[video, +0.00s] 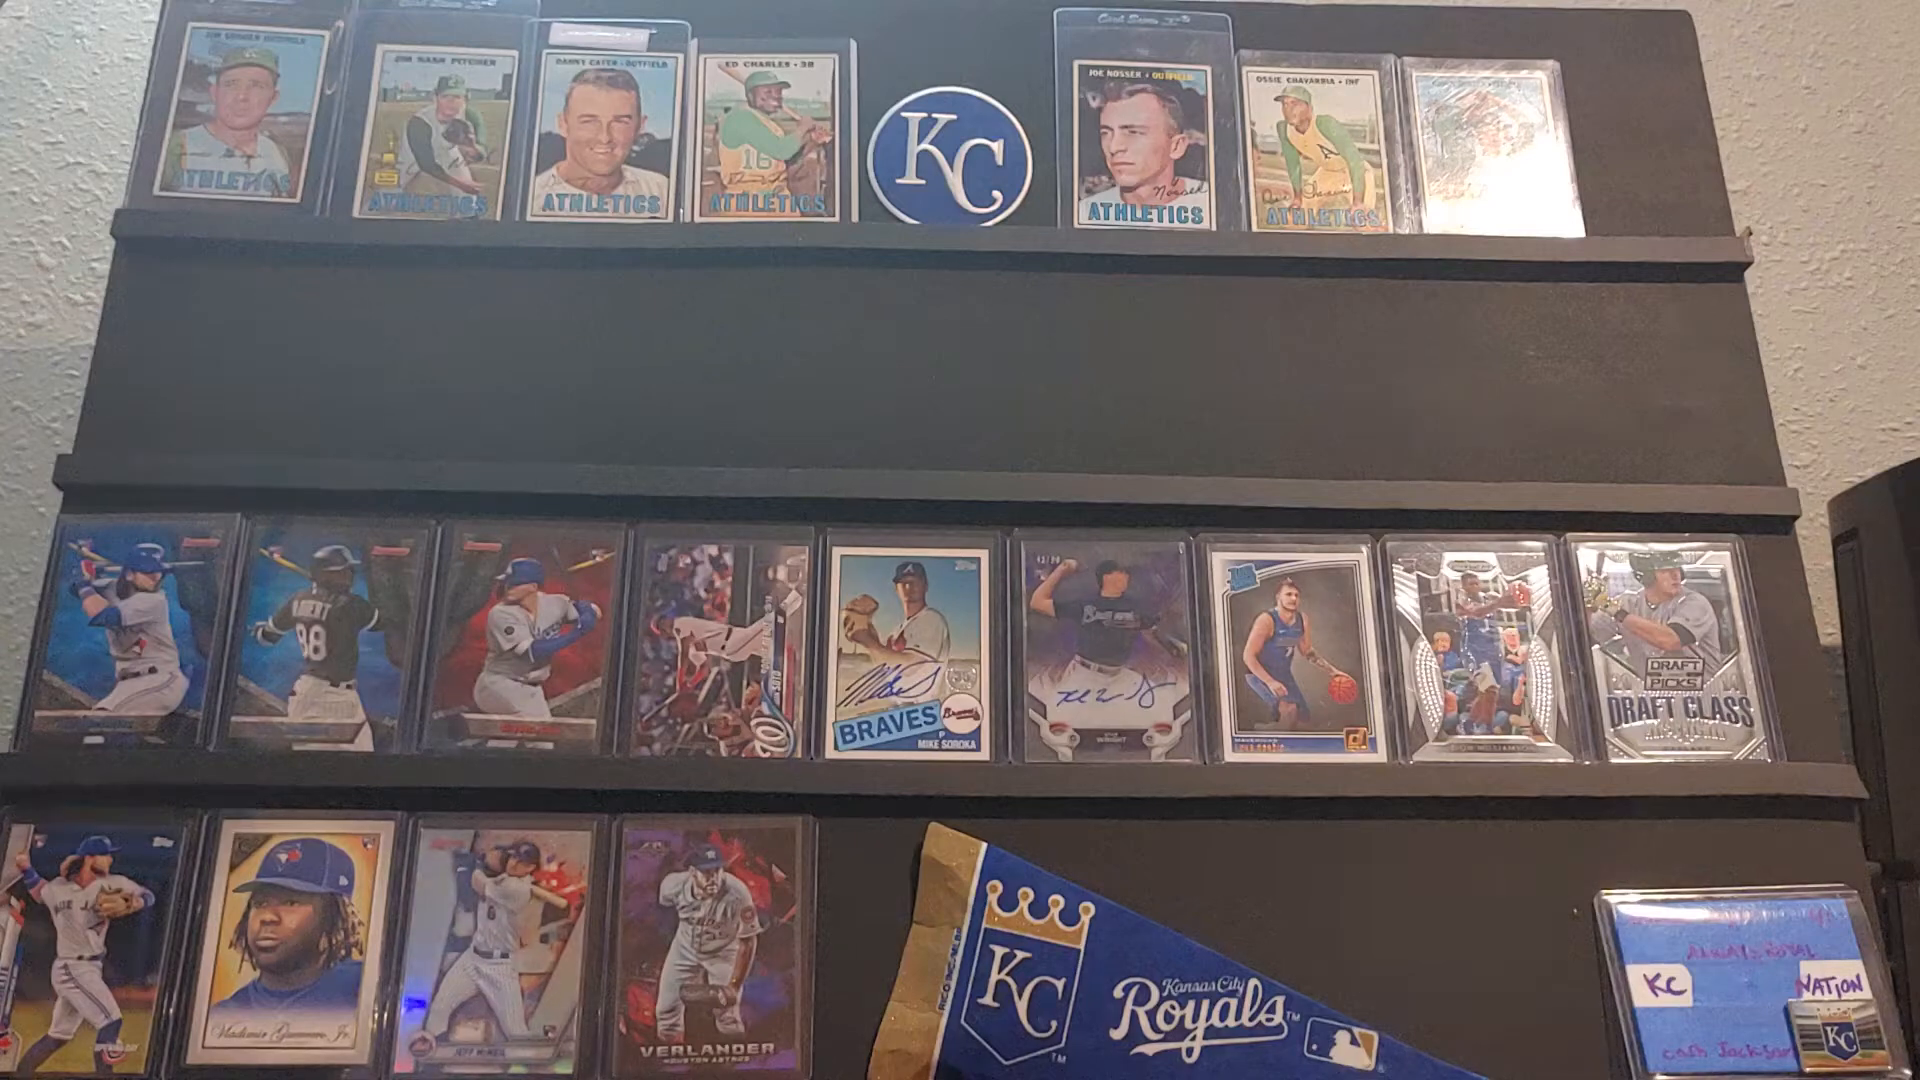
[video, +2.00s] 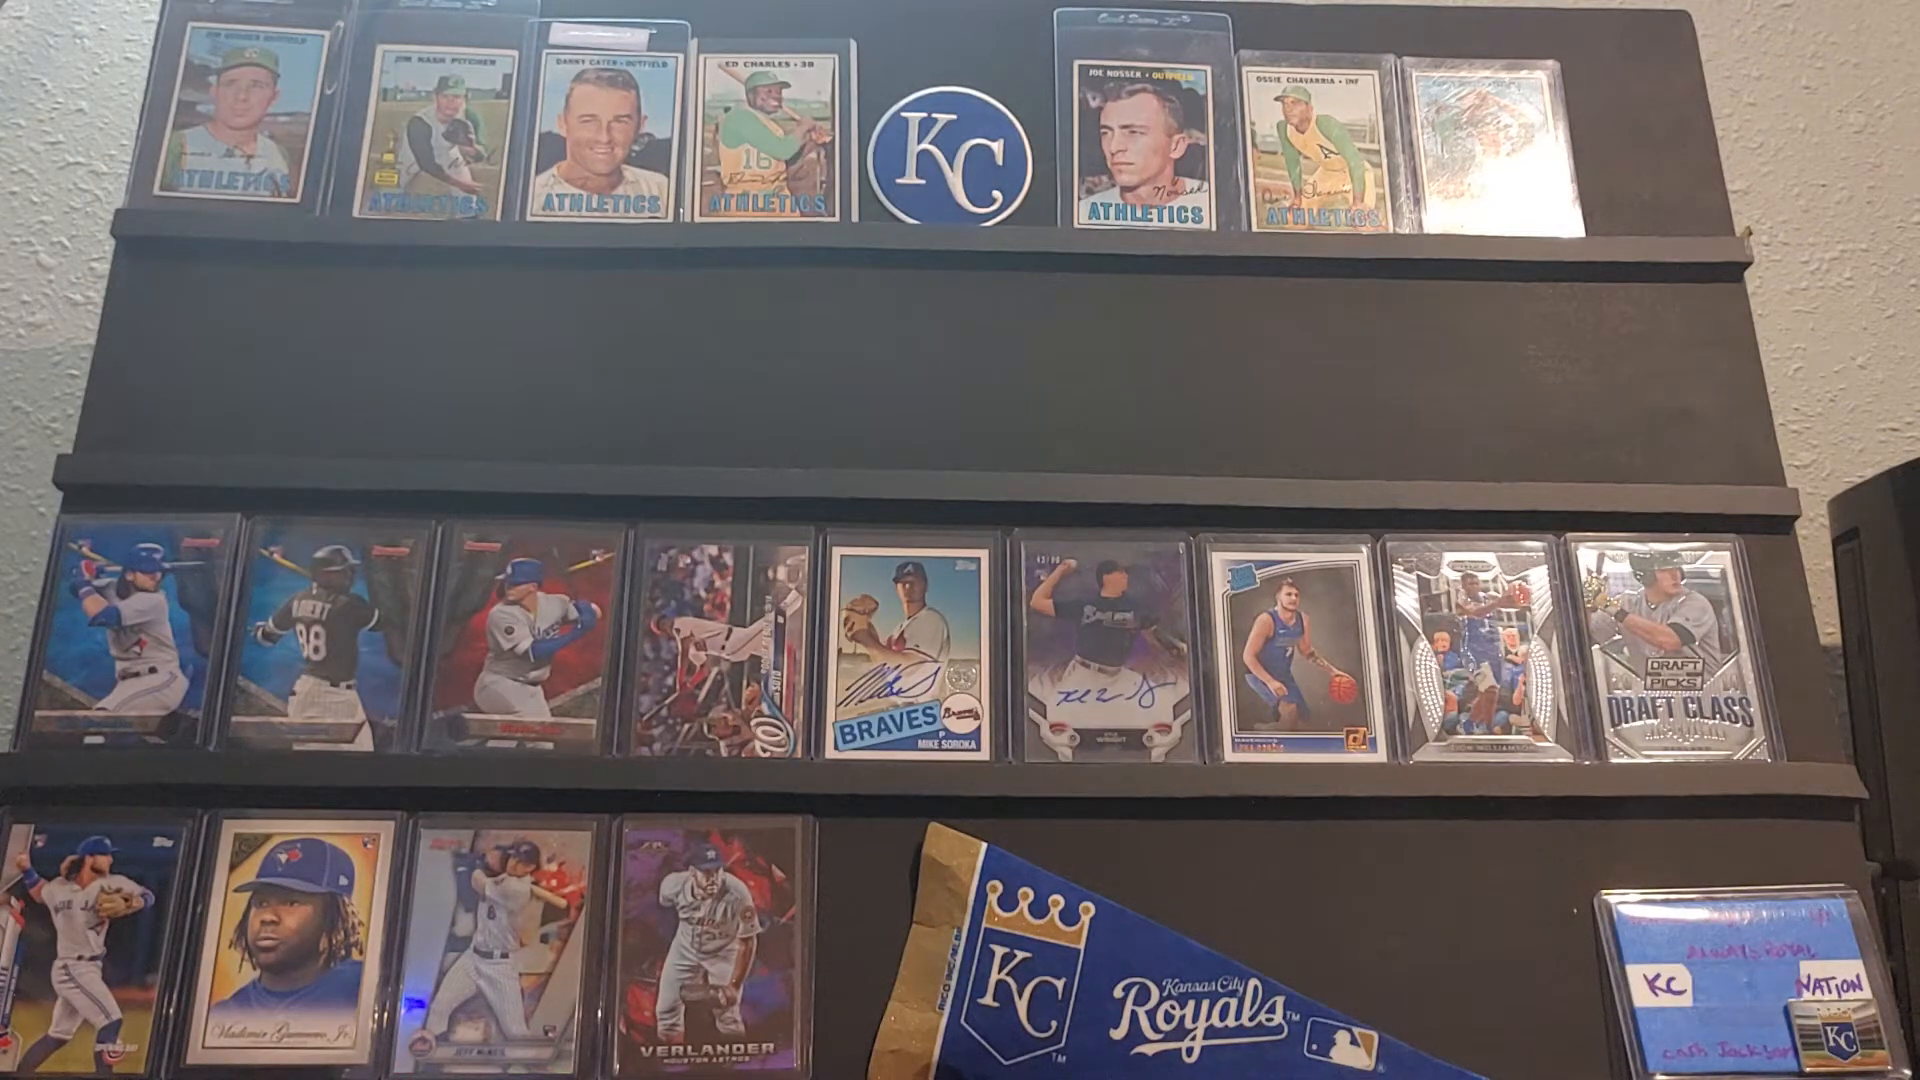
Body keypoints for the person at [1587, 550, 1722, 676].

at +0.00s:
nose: (1676, 576)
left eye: (1677, 569)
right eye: (1666, 570)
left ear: (1682, 571)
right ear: (1646, 575)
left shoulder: (1696, 604)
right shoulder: (1628, 603)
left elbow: (1671, 641)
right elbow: (1588, 635)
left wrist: (1623, 616)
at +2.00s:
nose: (1676, 576)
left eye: (1678, 568)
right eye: (1666, 569)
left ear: (1682, 571)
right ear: (1644, 574)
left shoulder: (1696, 604)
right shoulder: (1628, 603)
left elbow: (1670, 641)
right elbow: (1588, 636)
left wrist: (1619, 613)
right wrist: (1584, 608)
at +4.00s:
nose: (1677, 576)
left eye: (1677, 568)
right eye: (1667, 570)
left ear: (1682, 570)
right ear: (1645, 574)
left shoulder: (1696, 604)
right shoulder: (1627, 604)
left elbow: (1671, 641)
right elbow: (1585, 638)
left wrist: (1620, 614)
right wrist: (1584, 609)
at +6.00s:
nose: (1677, 576)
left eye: (1678, 569)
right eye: (1667, 569)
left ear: (1682, 571)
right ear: (1645, 573)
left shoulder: (1696, 604)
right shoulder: (1628, 603)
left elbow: (1671, 641)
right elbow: (1587, 636)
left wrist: (1620, 614)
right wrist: (1585, 610)